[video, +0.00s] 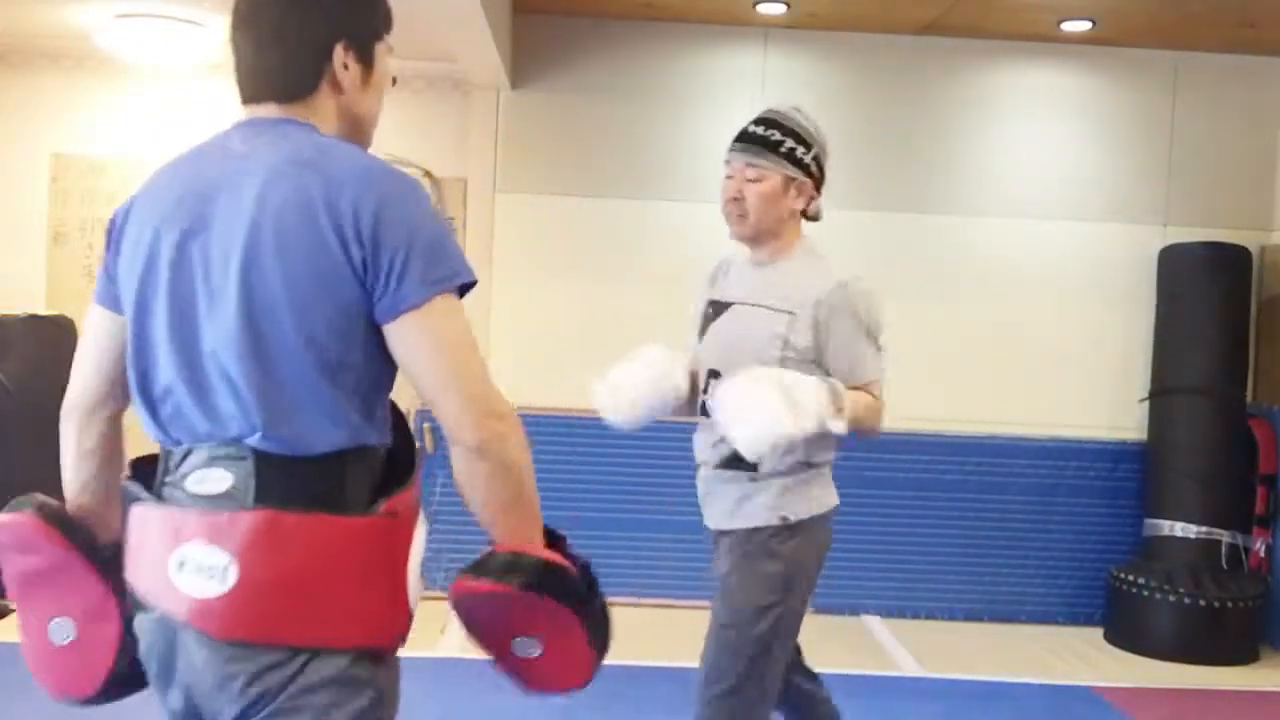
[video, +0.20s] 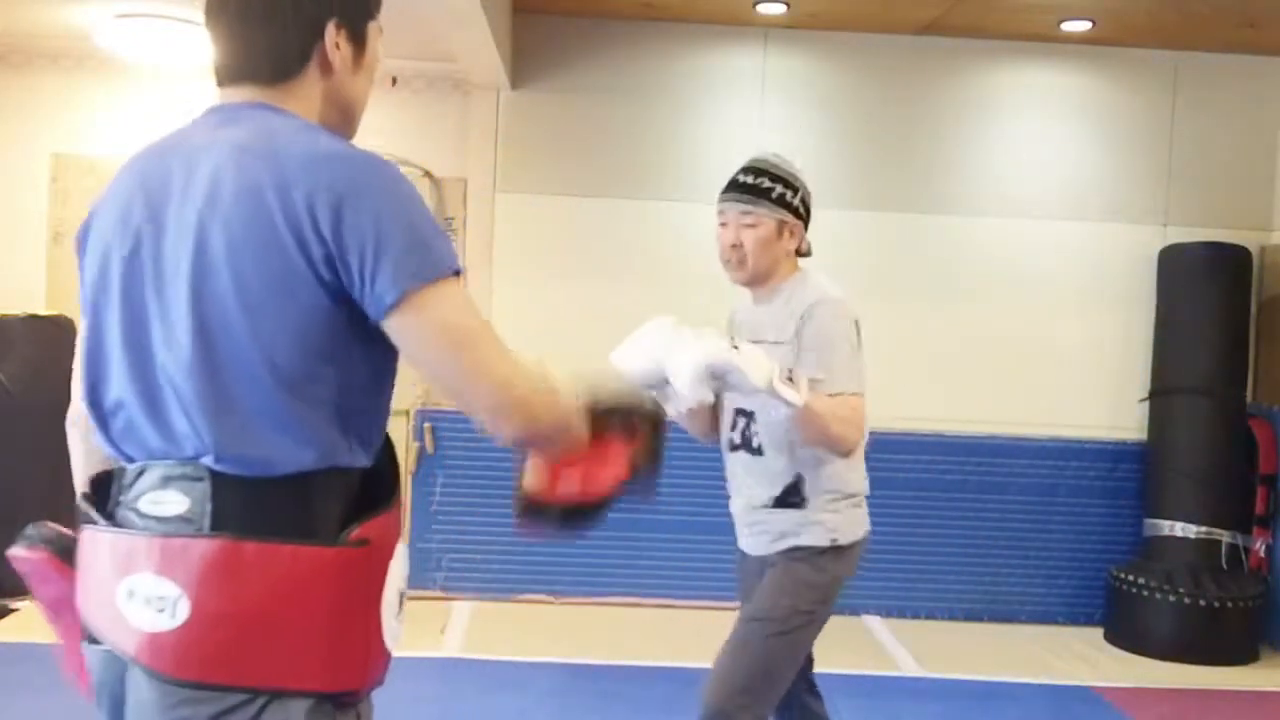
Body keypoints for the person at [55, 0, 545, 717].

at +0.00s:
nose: (384, 92)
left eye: (387, 72)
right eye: (383, 69)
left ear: (252, 68)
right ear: (343, 66)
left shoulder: (151, 201)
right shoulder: (370, 193)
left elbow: (89, 407)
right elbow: (478, 423)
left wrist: (96, 551)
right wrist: (529, 571)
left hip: (164, 584)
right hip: (299, 592)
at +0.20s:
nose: (376, 80)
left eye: (379, 56)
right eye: (374, 53)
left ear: (233, 46)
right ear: (333, 45)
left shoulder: (123, 192)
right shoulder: (345, 180)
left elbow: (87, 423)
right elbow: (510, 410)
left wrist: (110, 537)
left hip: (121, 570)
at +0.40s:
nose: (353, 49)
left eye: (356, 27)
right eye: (353, 25)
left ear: (205, 26)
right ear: (315, 20)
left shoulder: (100, 165)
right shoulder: (317, 154)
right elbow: (548, 323)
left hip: (104, 572)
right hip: (257, 585)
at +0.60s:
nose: (321, 24)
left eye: (320, 4)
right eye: (316, 3)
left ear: (168, 21)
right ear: (280, 12)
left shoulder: (81, 148)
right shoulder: (286, 137)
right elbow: (546, 236)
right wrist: (499, 79)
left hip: (72, 563)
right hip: (221, 587)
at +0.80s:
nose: (293, 21)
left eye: (291, 6)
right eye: (287, 5)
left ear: (141, 22)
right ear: (249, 12)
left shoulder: (35, 155)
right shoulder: (275, 135)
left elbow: (13, 408)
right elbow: (532, 210)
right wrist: (460, 68)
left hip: (43, 548)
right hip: (211, 563)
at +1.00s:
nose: (275, 19)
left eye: (276, 6)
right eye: (274, 4)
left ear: (124, 13)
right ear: (243, 7)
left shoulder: (20, 117)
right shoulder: (305, 137)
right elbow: (492, 269)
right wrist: (476, 155)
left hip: (17, 503)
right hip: (195, 515)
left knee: (26, 704)